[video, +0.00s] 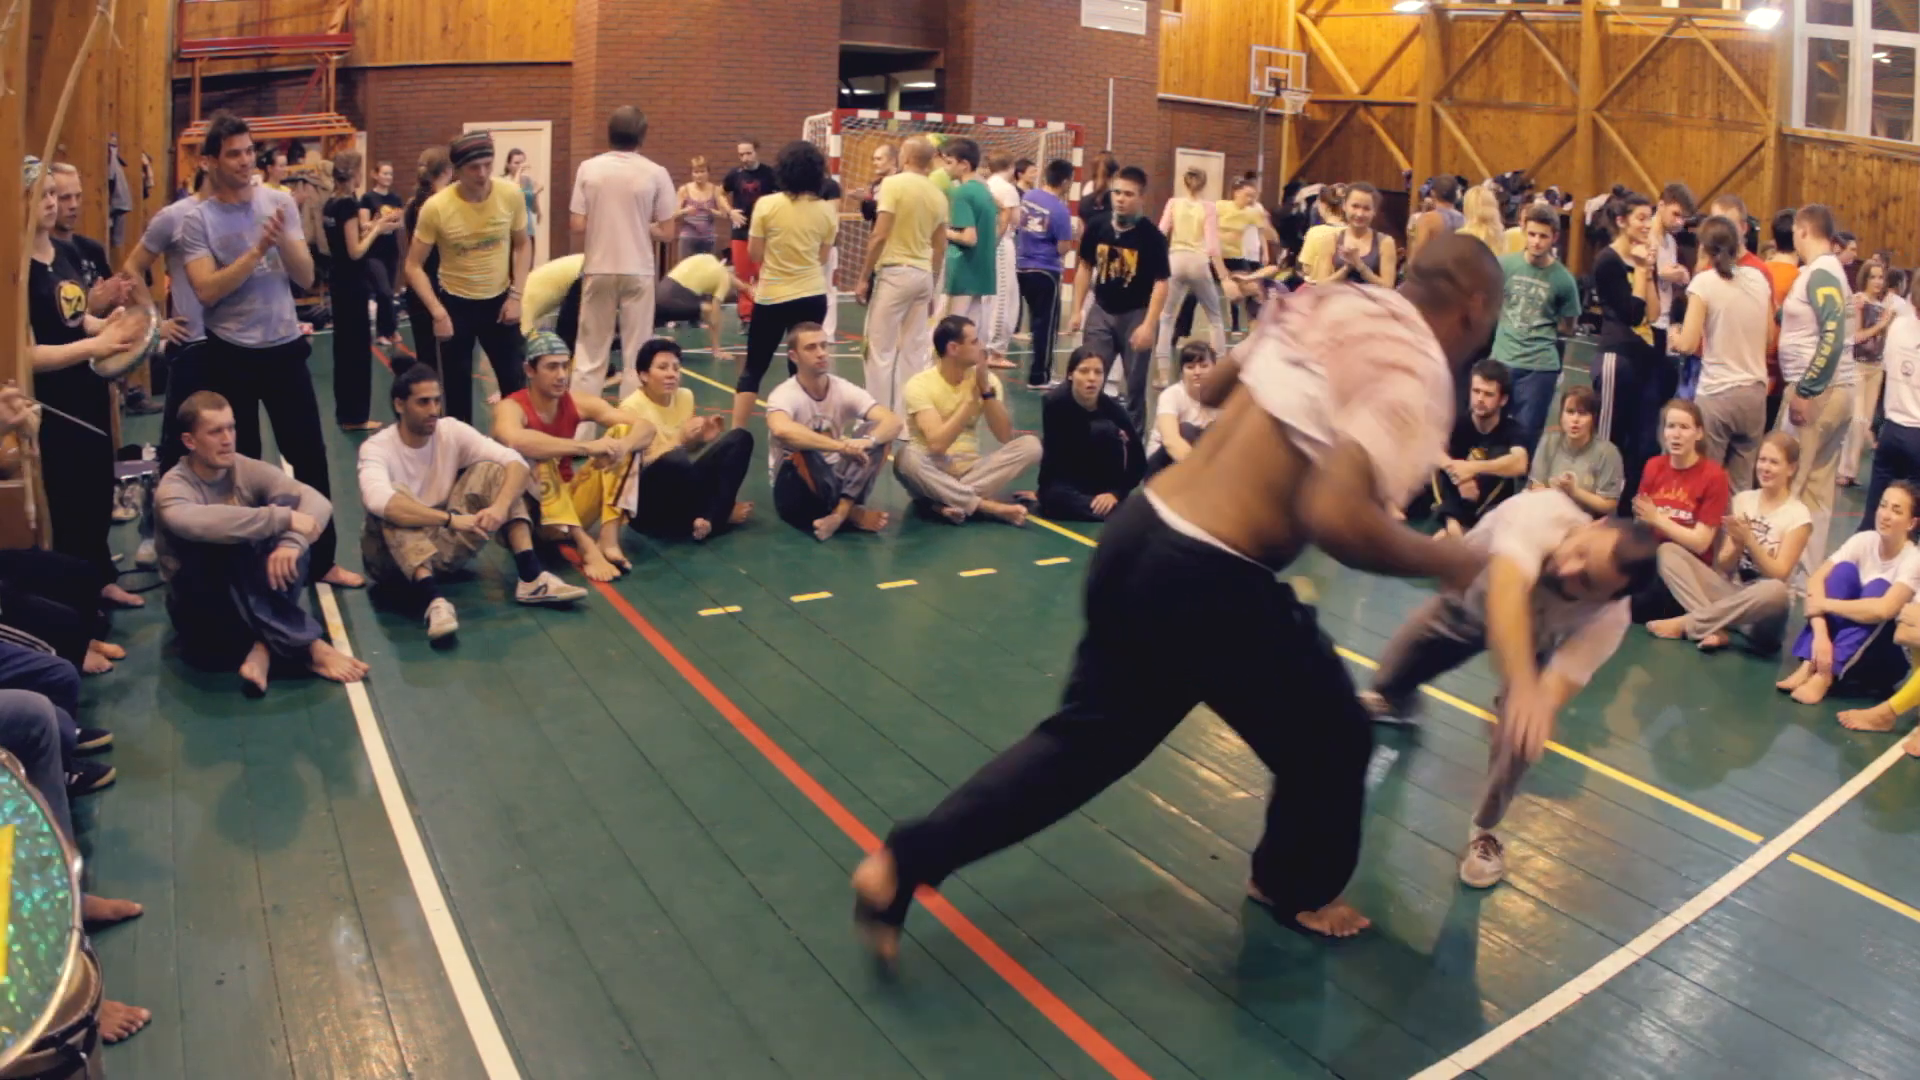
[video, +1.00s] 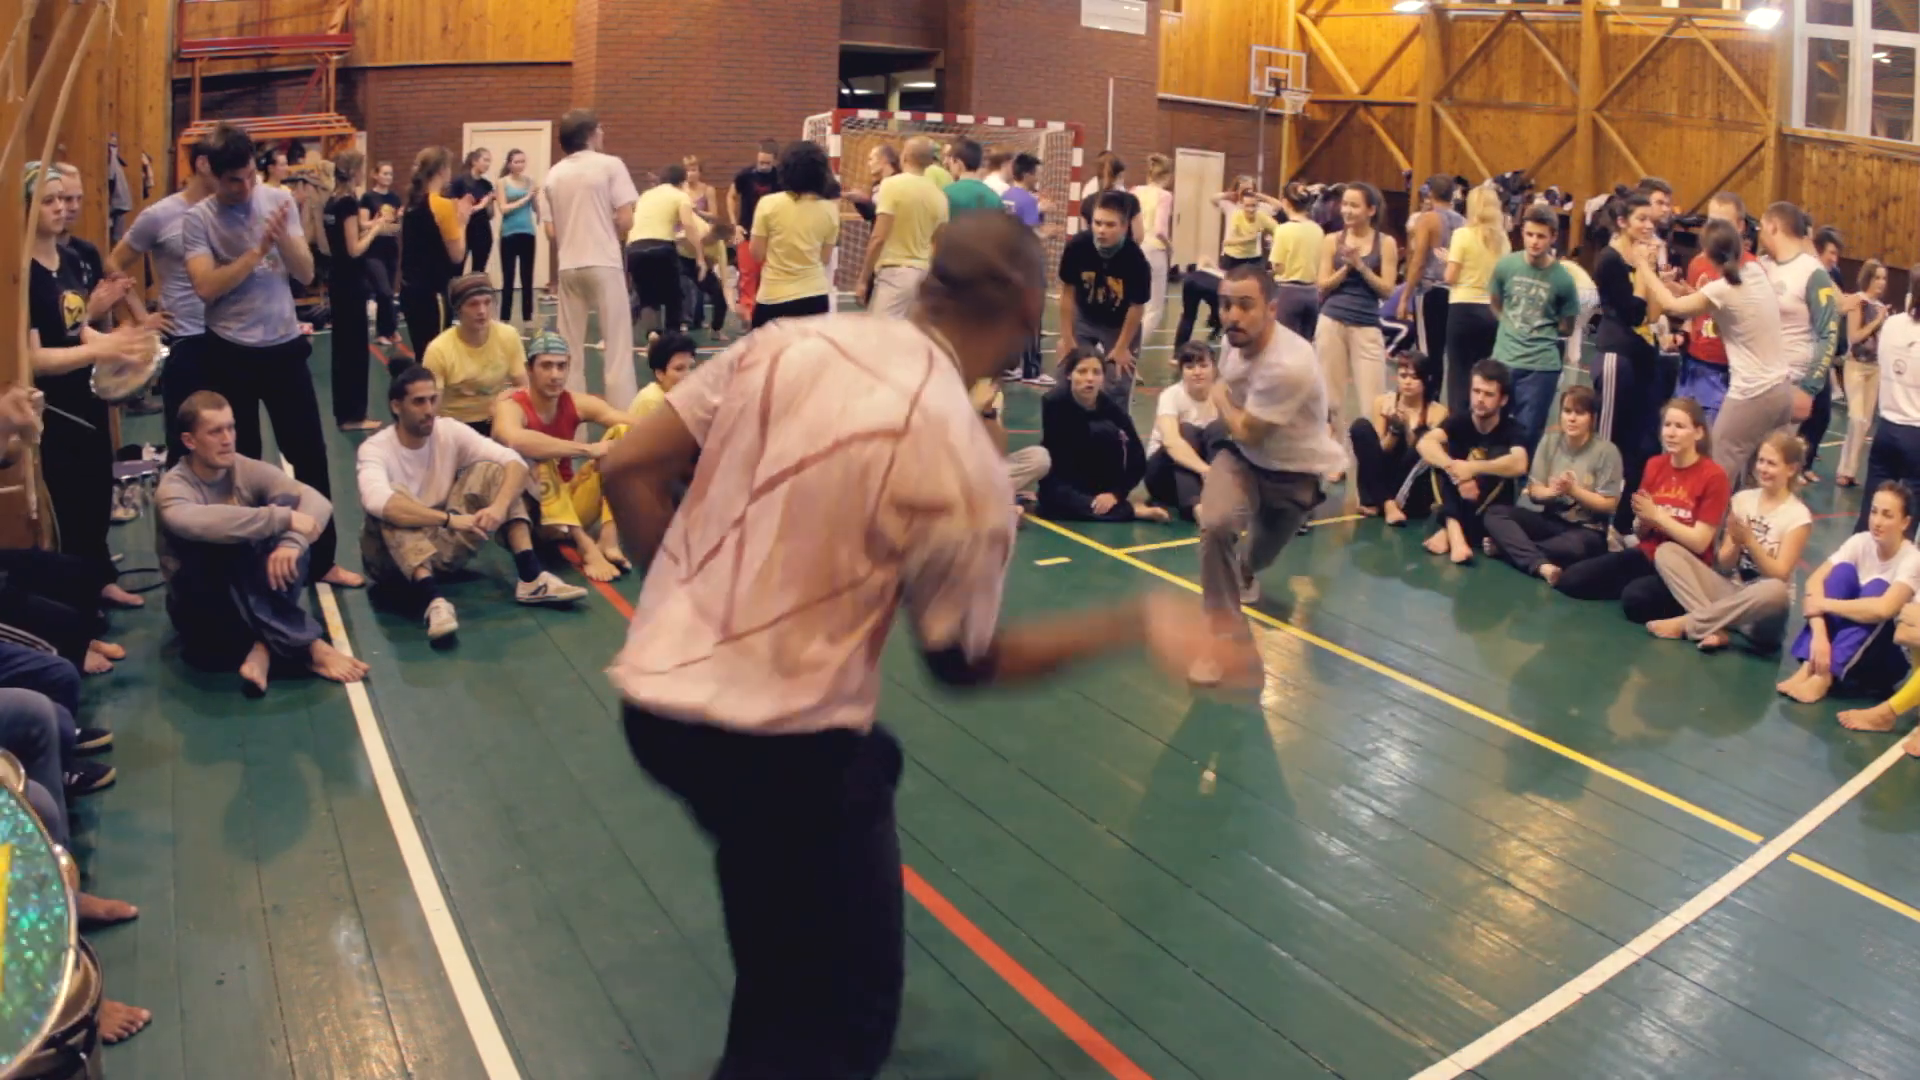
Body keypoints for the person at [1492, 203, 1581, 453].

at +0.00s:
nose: (1536, 241)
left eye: (1543, 236)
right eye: (1531, 234)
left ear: (1554, 238)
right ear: (1524, 233)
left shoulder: (1564, 280)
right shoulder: (1504, 265)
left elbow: (1567, 326)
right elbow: (1492, 305)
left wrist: (1538, 332)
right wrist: (1513, 327)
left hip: (1539, 362)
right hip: (1501, 356)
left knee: (1525, 433)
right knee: (1489, 427)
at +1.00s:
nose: (1534, 242)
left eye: (1541, 236)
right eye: (1529, 234)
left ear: (1552, 239)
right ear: (1522, 234)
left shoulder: (1563, 279)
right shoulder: (1505, 265)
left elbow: (1567, 326)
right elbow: (1495, 304)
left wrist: (1540, 332)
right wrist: (1515, 326)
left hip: (1540, 360)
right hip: (1504, 355)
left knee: (1526, 432)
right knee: (1492, 425)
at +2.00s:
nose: (1534, 241)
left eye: (1540, 235)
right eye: (1529, 234)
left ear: (1552, 238)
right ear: (1521, 234)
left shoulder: (1563, 279)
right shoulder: (1503, 266)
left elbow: (1567, 326)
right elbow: (1495, 309)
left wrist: (1539, 334)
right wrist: (1514, 330)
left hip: (1540, 360)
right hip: (1503, 356)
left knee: (1526, 430)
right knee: (1492, 424)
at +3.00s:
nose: (1531, 241)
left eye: (1538, 236)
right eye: (1526, 234)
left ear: (1549, 239)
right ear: (1520, 234)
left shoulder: (1561, 277)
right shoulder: (1503, 268)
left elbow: (1567, 325)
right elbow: (1490, 300)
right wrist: (1485, 314)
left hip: (1541, 358)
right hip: (1504, 354)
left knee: (1527, 430)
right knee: (1491, 421)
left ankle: (1519, 485)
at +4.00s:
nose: (1531, 241)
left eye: (1538, 236)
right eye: (1527, 234)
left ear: (1550, 238)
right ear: (1520, 234)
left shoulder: (1561, 277)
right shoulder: (1502, 266)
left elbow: (1567, 325)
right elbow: (1494, 304)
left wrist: (1538, 331)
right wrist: (1515, 326)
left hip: (1540, 361)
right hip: (1503, 357)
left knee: (1526, 430)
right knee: (1492, 424)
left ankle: (1516, 490)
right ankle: (1485, 487)